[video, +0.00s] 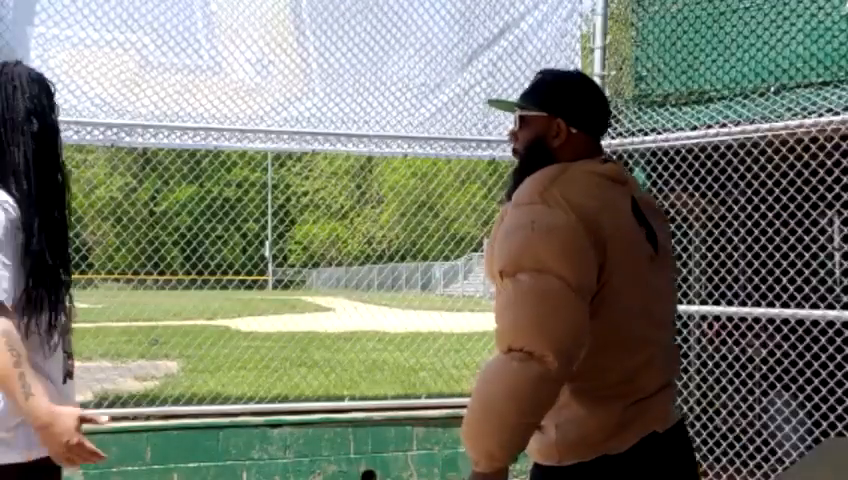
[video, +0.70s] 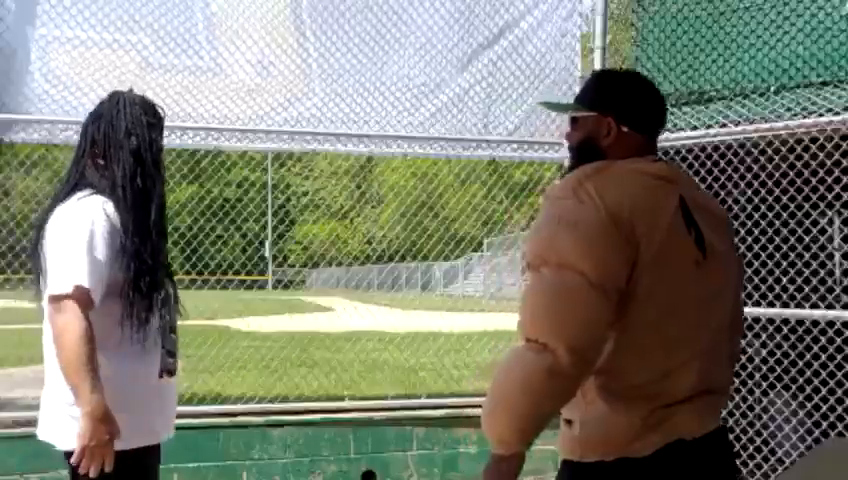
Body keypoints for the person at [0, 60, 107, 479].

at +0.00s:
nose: (55, 133)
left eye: (49, 117)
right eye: (47, 118)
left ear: (9, 127)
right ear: (28, 127)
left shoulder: (28, 208)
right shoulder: (8, 211)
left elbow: (14, 320)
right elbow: (1, 320)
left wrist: (51, 411)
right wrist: (42, 415)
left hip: (30, 448)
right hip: (16, 450)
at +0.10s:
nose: (76, 139)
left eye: (75, 124)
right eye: (72, 125)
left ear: (13, 127)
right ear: (53, 129)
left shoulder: (31, 201)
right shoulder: (18, 203)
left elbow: (21, 309)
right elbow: (18, 311)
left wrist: (80, 396)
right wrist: (81, 397)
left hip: (43, 441)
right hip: (26, 444)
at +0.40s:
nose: (130, 147)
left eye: (126, 133)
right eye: (121, 133)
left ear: (65, 135)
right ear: (83, 136)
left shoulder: (50, 196)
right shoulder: (61, 199)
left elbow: (75, 296)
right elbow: (71, 294)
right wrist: (125, 383)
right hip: (66, 434)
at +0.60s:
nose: (150, 155)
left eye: (148, 142)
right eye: (143, 142)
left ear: (92, 144)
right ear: (108, 145)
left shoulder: (106, 209)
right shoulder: (84, 209)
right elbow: (68, 307)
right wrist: (100, 407)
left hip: (119, 425)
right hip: (95, 430)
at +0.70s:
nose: (155, 158)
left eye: (153, 146)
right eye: (148, 146)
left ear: (100, 150)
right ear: (109, 150)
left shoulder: (120, 214)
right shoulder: (89, 214)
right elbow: (68, 310)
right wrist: (94, 411)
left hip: (135, 428)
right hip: (109, 433)